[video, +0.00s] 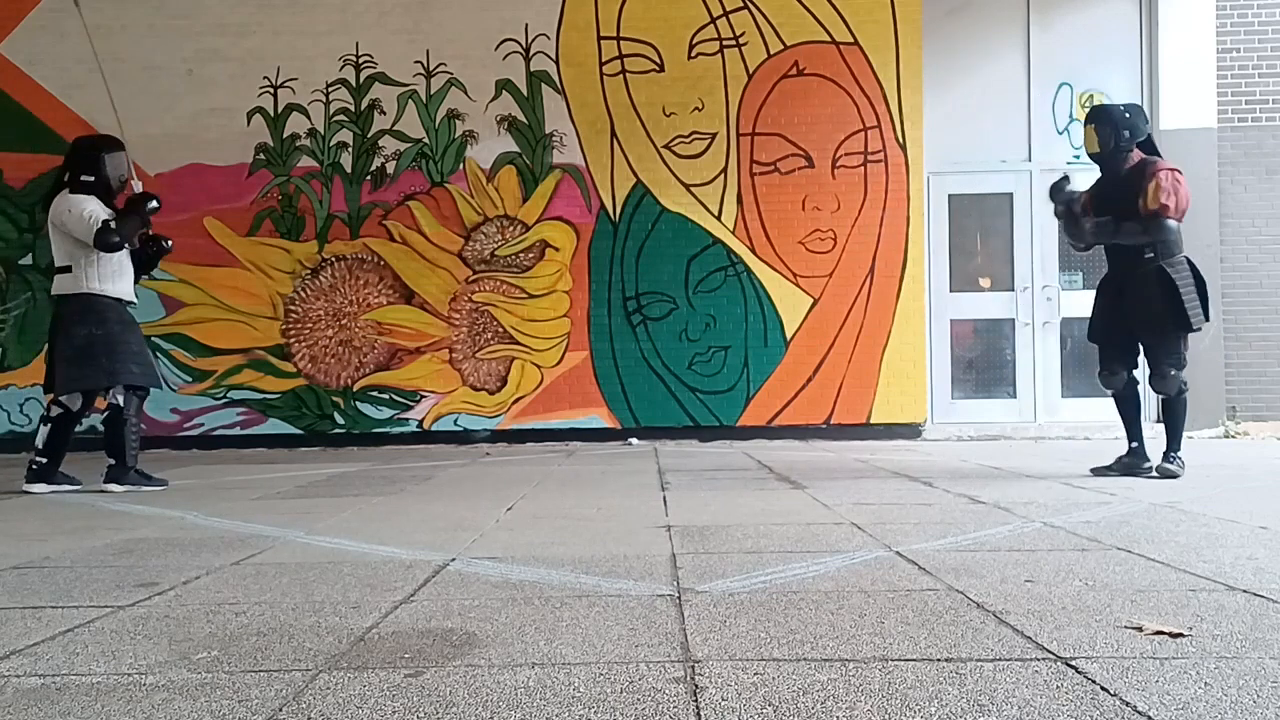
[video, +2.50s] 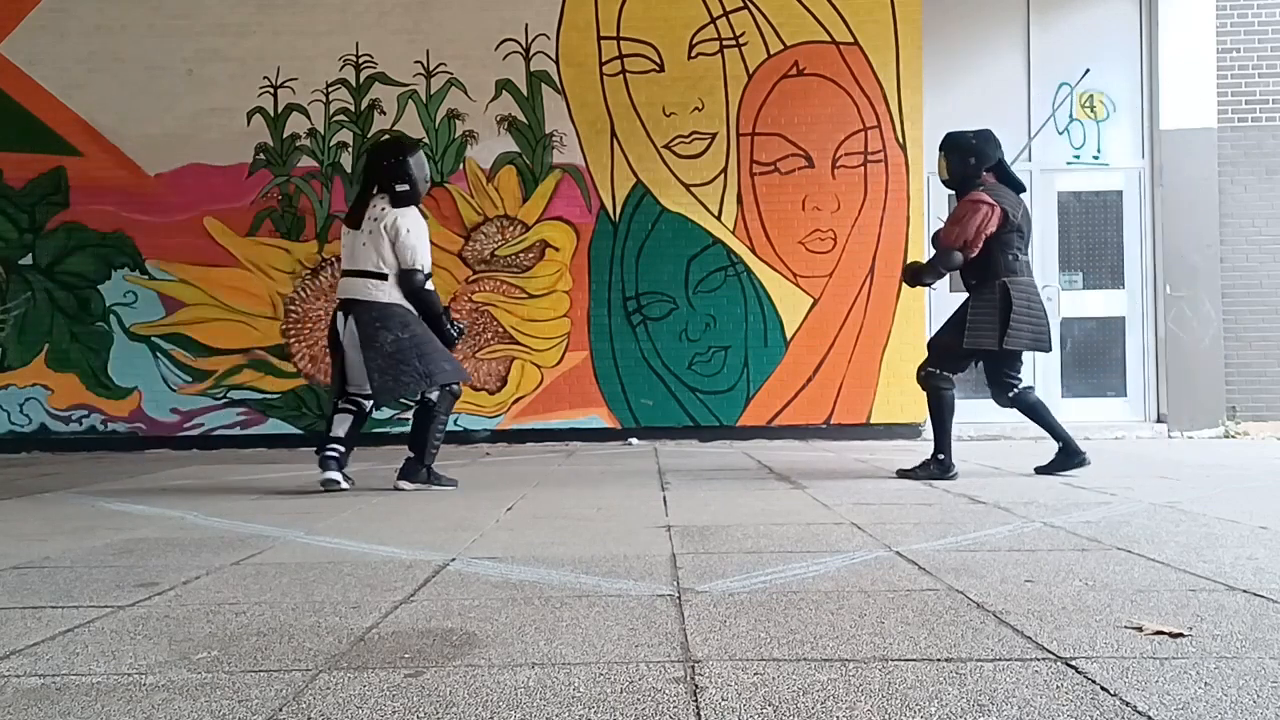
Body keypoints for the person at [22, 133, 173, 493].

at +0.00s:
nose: (124, 174)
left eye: (123, 166)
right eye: (118, 166)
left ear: (86, 169)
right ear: (98, 167)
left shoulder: (101, 209)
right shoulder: (72, 202)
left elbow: (120, 270)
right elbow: (108, 237)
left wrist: (151, 254)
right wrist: (138, 211)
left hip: (91, 307)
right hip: (92, 306)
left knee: (74, 392)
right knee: (131, 383)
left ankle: (43, 469)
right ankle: (123, 468)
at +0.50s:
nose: (119, 174)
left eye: (118, 165)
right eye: (113, 165)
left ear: (79, 167)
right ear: (93, 166)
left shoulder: (88, 206)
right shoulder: (72, 202)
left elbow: (101, 268)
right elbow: (111, 238)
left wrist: (138, 258)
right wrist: (134, 210)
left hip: (73, 306)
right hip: (88, 306)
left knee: (66, 391)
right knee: (129, 382)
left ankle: (41, 470)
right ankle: (124, 468)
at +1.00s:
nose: (159, 182)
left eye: (156, 173)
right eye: (152, 174)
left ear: (111, 179)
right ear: (134, 179)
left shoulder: (89, 216)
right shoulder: (134, 218)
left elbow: (66, 269)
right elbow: (154, 278)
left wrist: (105, 282)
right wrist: (174, 305)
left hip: (91, 322)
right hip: (125, 323)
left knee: (85, 397)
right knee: (173, 380)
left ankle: (43, 470)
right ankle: (200, 460)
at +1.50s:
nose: (273, 185)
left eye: (272, 177)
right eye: (268, 177)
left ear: (225, 177)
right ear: (253, 178)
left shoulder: (204, 212)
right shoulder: (255, 218)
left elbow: (173, 264)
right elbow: (268, 282)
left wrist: (209, 277)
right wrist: (282, 283)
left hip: (199, 312)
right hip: (232, 315)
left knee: (265, 376)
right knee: (255, 392)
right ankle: (218, 468)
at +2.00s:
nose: (360, 195)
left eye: (357, 187)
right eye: (352, 188)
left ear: (323, 198)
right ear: (332, 196)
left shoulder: (311, 231)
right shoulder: (328, 237)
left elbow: (326, 296)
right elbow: (330, 298)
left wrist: (362, 323)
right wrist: (375, 322)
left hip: (301, 330)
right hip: (317, 331)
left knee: (340, 401)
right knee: (372, 384)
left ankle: (292, 462)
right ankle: (398, 460)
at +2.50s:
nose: (425, 174)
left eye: (422, 165)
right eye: (419, 166)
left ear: (376, 173)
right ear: (406, 173)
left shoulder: (357, 212)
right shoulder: (406, 215)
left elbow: (354, 272)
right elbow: (414, 282)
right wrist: (443, 326)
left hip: (347, 314)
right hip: (387, 316)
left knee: (357, 392)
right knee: (445, 381)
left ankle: (332, 461)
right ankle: (419, 466)